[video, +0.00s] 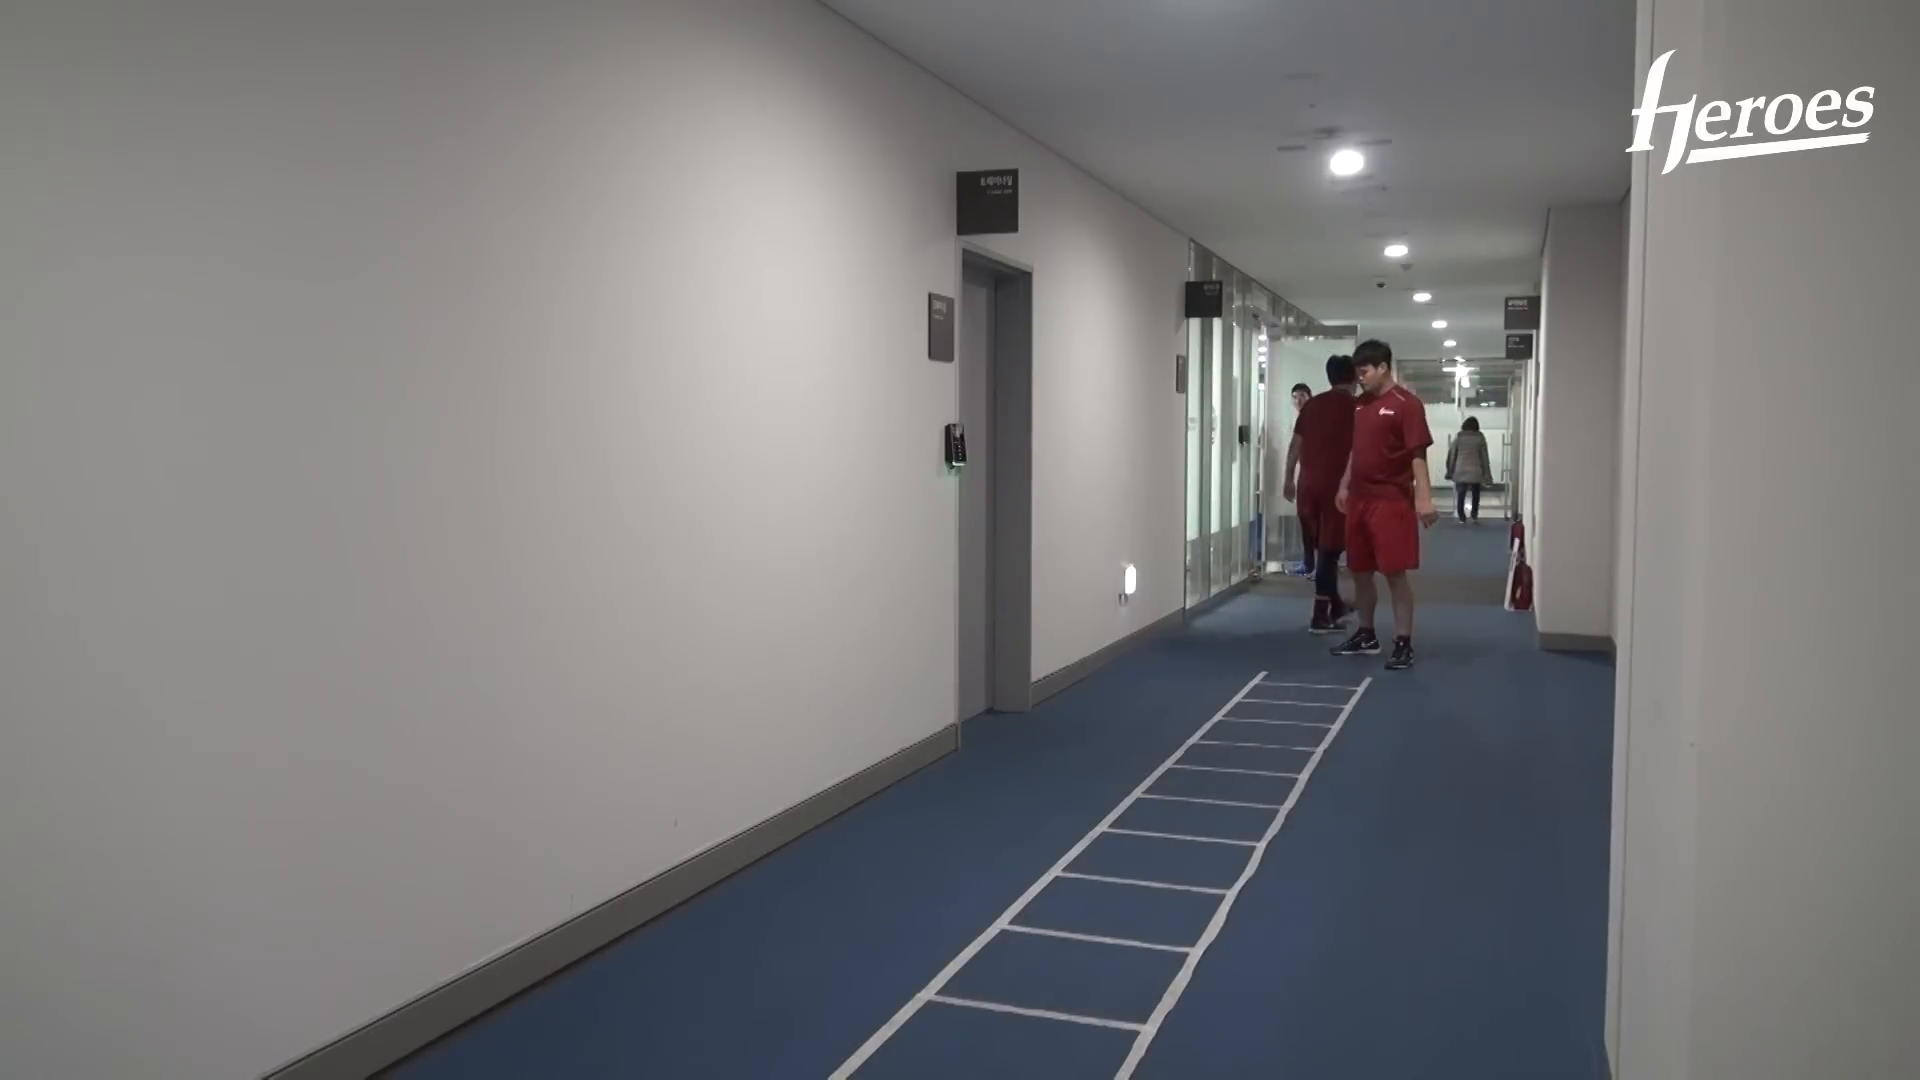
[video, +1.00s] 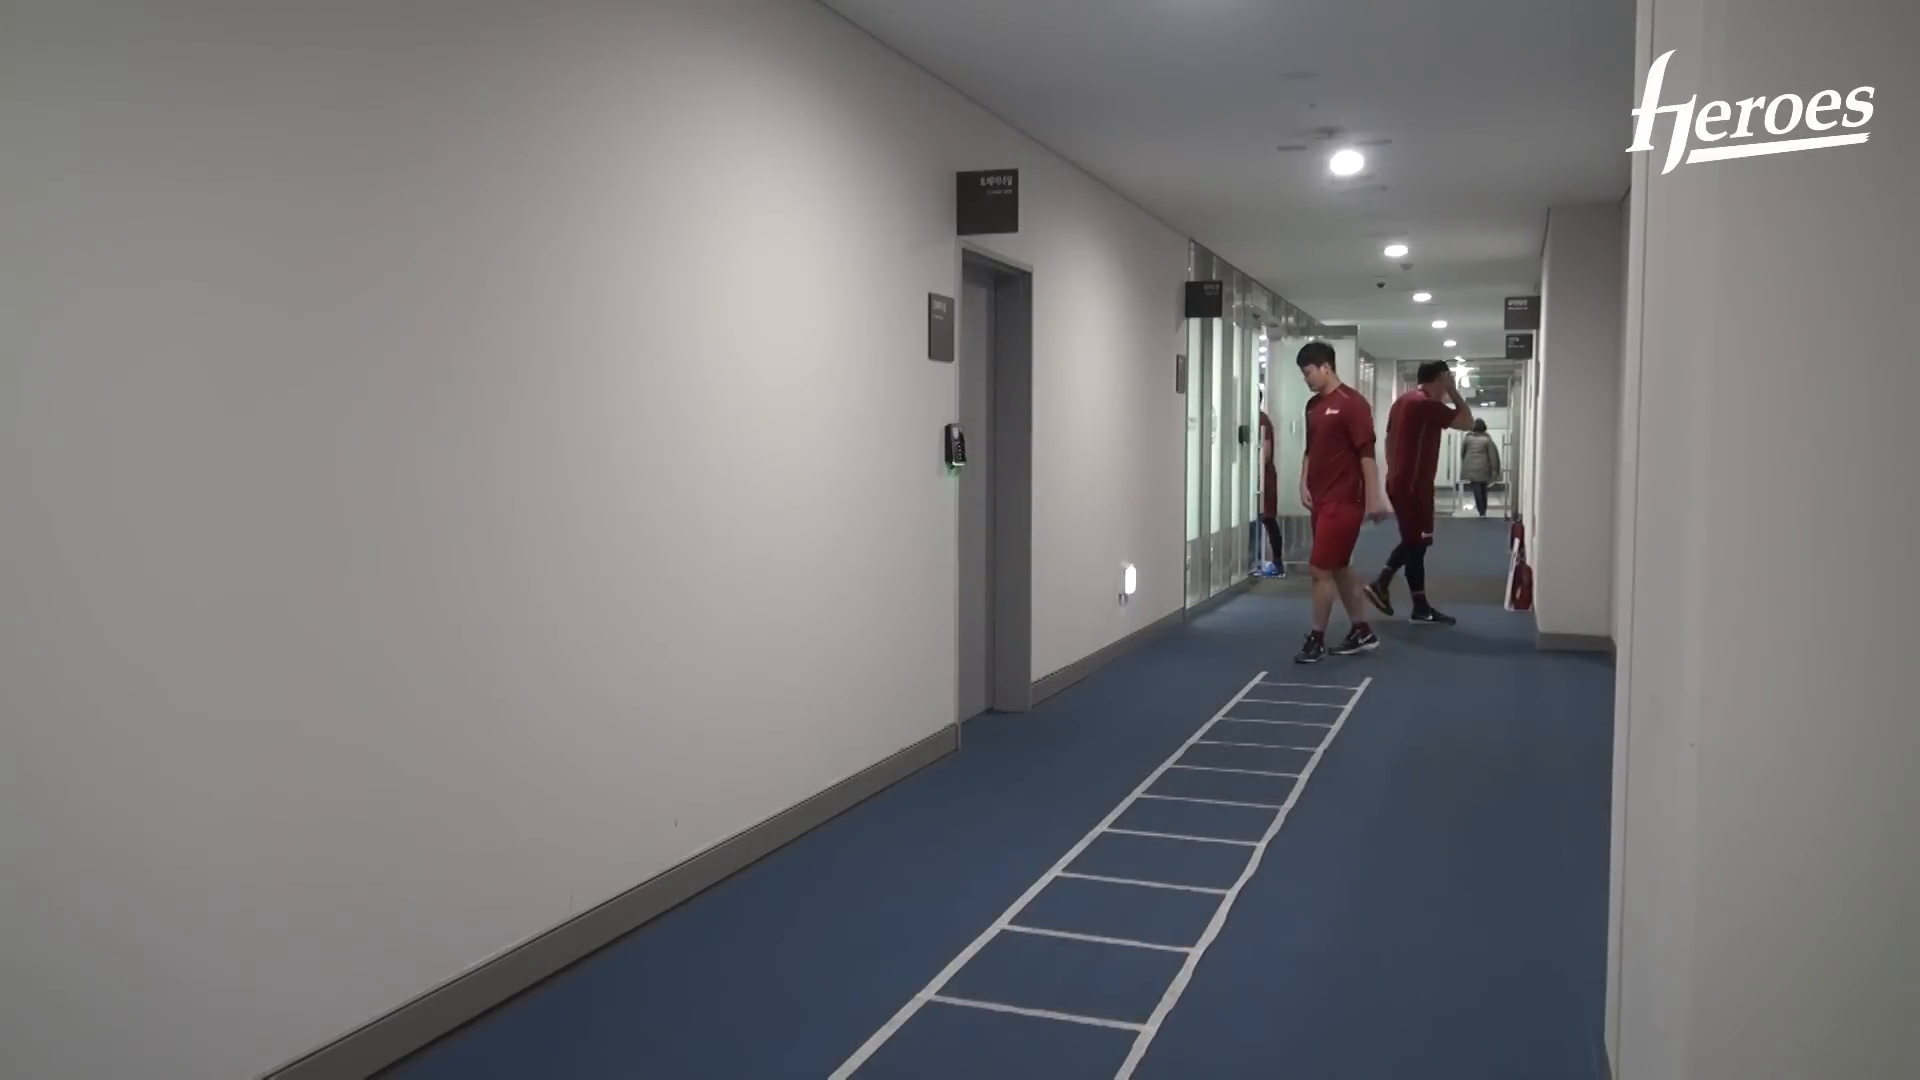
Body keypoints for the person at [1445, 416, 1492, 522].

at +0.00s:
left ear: (1464, 425)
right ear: (1477, 426)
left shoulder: (1459, 437)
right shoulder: (1480, 438)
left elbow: (1452, 455)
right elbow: (1484, 458)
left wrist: (1449, 472)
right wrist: (1487, 475)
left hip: (1461, 469)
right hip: (1475, 469)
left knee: (1461, 494)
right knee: (1476, 495)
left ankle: (1461, 516)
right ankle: (1474, 515)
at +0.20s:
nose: (1482, 429)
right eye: (1482, 428)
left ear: (1470, 427)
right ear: (1481, 428)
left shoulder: (1465, 440)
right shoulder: (1484, 441)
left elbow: (1459, 455)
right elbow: (1490, 459)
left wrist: (1460, 467)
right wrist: (1492, 474)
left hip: (1467, 471)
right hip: (1481, 472)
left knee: (1466, 494)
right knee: (1483, 495)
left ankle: (1464, 514)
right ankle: (1483, 516)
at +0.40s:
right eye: (1486, 425)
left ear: (1474, 424)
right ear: (1486, 425)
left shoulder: (1468, 438)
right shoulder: (1489, 438)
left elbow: (1463, 455)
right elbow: (1495, 456)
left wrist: (1463, 469)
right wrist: (1497, 472)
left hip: (1471, 469)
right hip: (1485, 470)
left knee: (1475, 491)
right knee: (1484, 492)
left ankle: (1475, 511)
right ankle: (1483, 514)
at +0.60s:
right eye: (1486, 426)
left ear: (1476, 426)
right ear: (1487, 427)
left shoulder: (1470, 438)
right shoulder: (1490, 438)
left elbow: (1464, 454)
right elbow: (1495, 455)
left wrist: (1460, 468)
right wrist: (1497, 469)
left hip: (1473, 468)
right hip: (1486, 468)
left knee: (1477, 490)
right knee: (1484, 490)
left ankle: (1480, 512)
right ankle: (1483, 513)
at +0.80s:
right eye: (1484, 425)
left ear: (1474, 425)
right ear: (1486, 426)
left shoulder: (1470, 438)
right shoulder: (1489, 438)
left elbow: (1463, 455)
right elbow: (1494, 458)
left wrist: (1461, 472)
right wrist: (1494, 473)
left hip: (1472, 470)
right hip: (1485, 470)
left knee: (1477, 492)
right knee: (1486, 489)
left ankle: (1481, 514)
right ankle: (1487, 507)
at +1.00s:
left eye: (1476, 425)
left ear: (1473, 426)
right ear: (1484, 427)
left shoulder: (1468, 438)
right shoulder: (1487, 439)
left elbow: (1463, 452)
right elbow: (1493, 456)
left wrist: (1465, 461)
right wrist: (1495, 470)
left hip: (1470, 466)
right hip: (1483, 467)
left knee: (1476, 488)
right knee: (1483, 488)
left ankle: (1481, 511)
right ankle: (1483, 510)